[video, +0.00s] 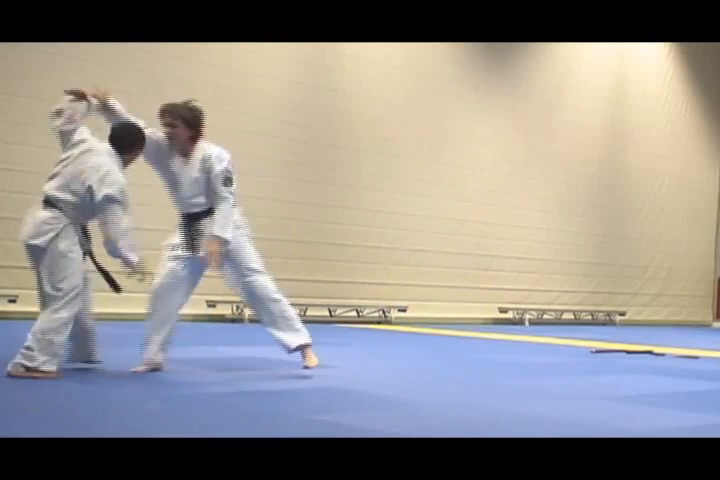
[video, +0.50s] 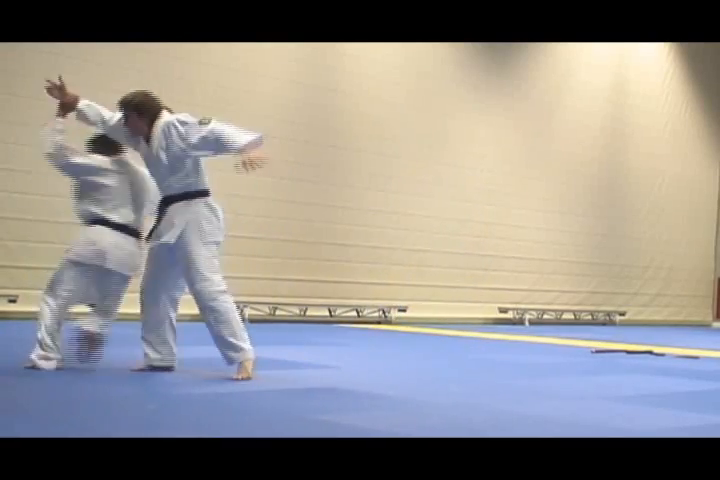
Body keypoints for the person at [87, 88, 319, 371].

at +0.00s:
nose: (165, 132)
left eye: (171, 127)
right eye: (164, 127)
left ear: (191, 131)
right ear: (166, 130)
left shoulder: (215, 158)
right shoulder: (161, 151)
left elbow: (226, 202)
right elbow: (132, 127)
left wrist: (217, 237)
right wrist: (104, 103)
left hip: (223, 224)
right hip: (189, 229)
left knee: (257, 284)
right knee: (165, 287)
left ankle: (304, 346)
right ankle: (153, 356)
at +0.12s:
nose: (157, 129)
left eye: (162, 124)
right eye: (155, 124)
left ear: (181, 127)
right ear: (154, 127)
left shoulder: (204, 154)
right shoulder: (149, 149)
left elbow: (225, 190)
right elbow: (113, 131)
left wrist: (230, 224)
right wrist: (80, 111)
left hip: (210, 227)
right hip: (175, 232)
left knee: (243, 291)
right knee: (147, 292)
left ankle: (280, 354)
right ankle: (150, 359)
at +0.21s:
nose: (147, 128)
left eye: (153, 122)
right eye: (146, 123)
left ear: (172, 123)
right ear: (146, 125)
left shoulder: (200, 145)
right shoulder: (143, 147)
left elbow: (228, 175)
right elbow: (102, 134)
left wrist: (240, 199)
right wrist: (61, 118)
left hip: (207, 223)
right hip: (172, 228)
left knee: (231, 290)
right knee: (147, 293)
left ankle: (264, 359)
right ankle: (150, 360)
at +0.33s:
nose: (132, 142)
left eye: (133, 135)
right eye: (129, 137)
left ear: (148, 128)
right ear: (135, 133)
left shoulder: (183, 132)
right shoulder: (140, 149)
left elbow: (224, 140)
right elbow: (105, 135)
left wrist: (254, 160)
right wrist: (66, 120)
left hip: (201, 214)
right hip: (169, 218)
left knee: (217, 287)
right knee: (153, 293)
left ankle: (245, 357)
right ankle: (153, 360)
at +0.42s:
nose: (126, 137)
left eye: (127, 130)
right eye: (123, 132)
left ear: (139, 125)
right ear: (132, 128)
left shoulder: (175, 130)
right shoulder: (141, 145)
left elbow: (219, 128)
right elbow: (105, 125)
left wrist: (257, 145)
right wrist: (71, 107)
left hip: (197, 212)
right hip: (170, 218)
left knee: (209, 285)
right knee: (160, 289)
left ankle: (241, 356)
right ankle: (155, 359)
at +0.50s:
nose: (126, 125)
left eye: (128, 119)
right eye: (125, 120)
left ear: (142, 116)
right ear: (136, 119)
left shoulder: (175, 126)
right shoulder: (139, 137)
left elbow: (212, 131)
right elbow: (108, 120)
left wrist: (245, 144)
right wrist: (74, 103)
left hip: (196, 212)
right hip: (168, 218)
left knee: (206, 285)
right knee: (155, 289)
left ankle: (242, 356)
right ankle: (160, 357)